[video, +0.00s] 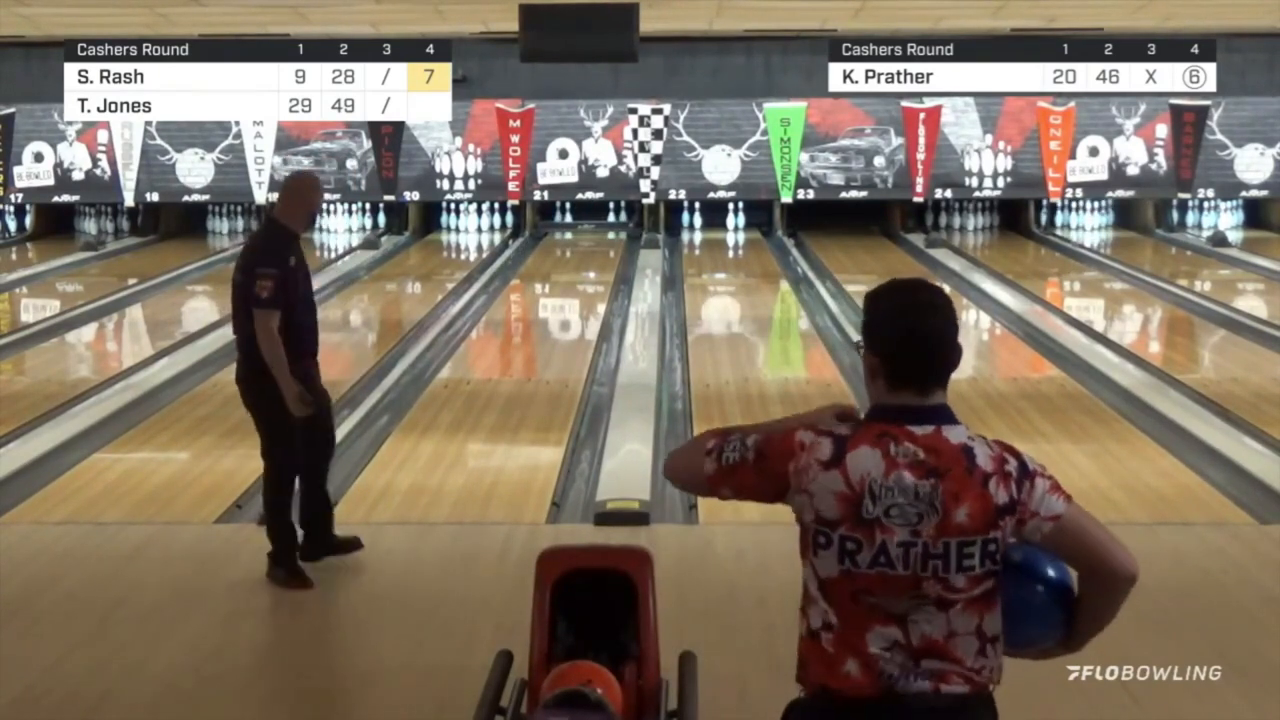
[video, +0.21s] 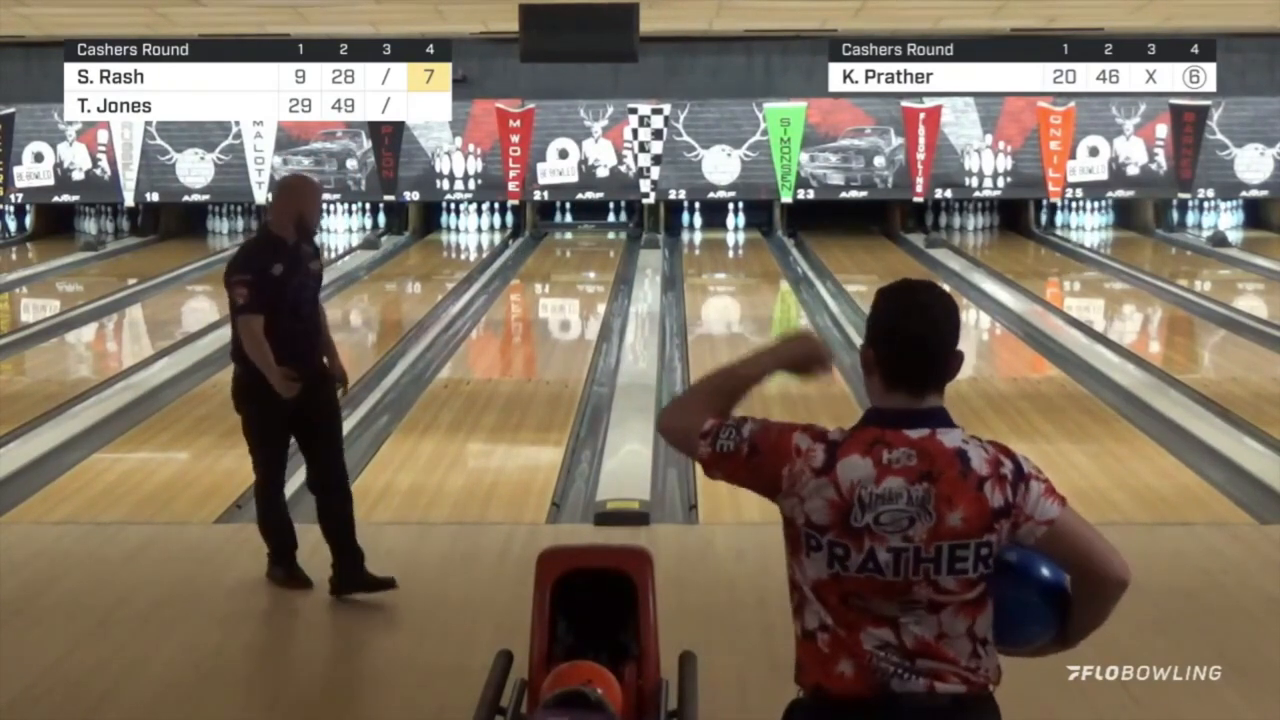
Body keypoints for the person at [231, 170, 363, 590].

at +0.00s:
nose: (318, 212)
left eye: (319, 204)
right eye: (314, 203)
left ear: (292, 201)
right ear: (295, 202)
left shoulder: (286, 246)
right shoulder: (268, 251)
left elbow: (291, 320)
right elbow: (265, 331)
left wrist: (310, 374)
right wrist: (289, 389)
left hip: (297, 370)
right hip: (267, 376)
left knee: (318, 448)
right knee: (282, 461)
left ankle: (318, 537)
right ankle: (282, 557)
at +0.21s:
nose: (320, 214)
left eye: (320, 206)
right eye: (316, 205)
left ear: (298, 205)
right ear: (291, 205)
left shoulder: (308, 253)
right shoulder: (247, 262)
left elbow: (312, 310)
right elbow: (249, 333)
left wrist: (333, 357)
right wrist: (274, 373)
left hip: (311, 376)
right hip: (262, 382)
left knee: (330, 474)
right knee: (270, 478)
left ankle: (348, 568)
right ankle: (281, 561)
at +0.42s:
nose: (306, 218)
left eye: (310, 210)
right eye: (297, 210)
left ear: (314, 212)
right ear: (276, 212)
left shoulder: (325, 265)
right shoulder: (242, 267)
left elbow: (340, 324)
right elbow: (233, 336)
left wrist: (358, 375)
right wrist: (252, 381)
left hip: (314, 394)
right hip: (260, 395)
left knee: (313, 489)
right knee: (271, 485)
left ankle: (315, 588)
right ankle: (282, 559)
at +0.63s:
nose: (298, 213)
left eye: (305, 205)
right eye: (290, 204)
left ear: (314, 208)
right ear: (270, 205)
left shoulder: (329, 264)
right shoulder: (236, 262)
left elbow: (355, 330)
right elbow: (213, 326)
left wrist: (377, 392)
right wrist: (197, 391)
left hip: (312, 398)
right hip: (254, 398)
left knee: (315, 502)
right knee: (260, 499)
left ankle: (316, 602)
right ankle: (297, 554)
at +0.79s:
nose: (265, 215)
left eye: (275, 207)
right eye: (259, 205)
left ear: (294, 210)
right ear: (249, 206)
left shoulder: (321, 263)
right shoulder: (228, 264)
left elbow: (351, 326)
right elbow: (200, 327)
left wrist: (362, 382)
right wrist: (172, 386)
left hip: (305, 403)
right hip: (246, 403)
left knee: (311, 506)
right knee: (240, 508)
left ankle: (313, 604)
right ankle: (263, 602)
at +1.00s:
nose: (234, 225)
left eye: (244, 216)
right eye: (227, 216)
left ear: (265, 218)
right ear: (218, 219)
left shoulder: (294, 273)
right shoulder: (207, 279)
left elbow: (325, 339)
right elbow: (193, 339)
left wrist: (319, 392)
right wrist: (169, 393)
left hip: (288, 416)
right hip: (228, 419)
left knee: (300, 515)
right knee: (227, 529)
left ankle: (314, 606)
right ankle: (216, 642)